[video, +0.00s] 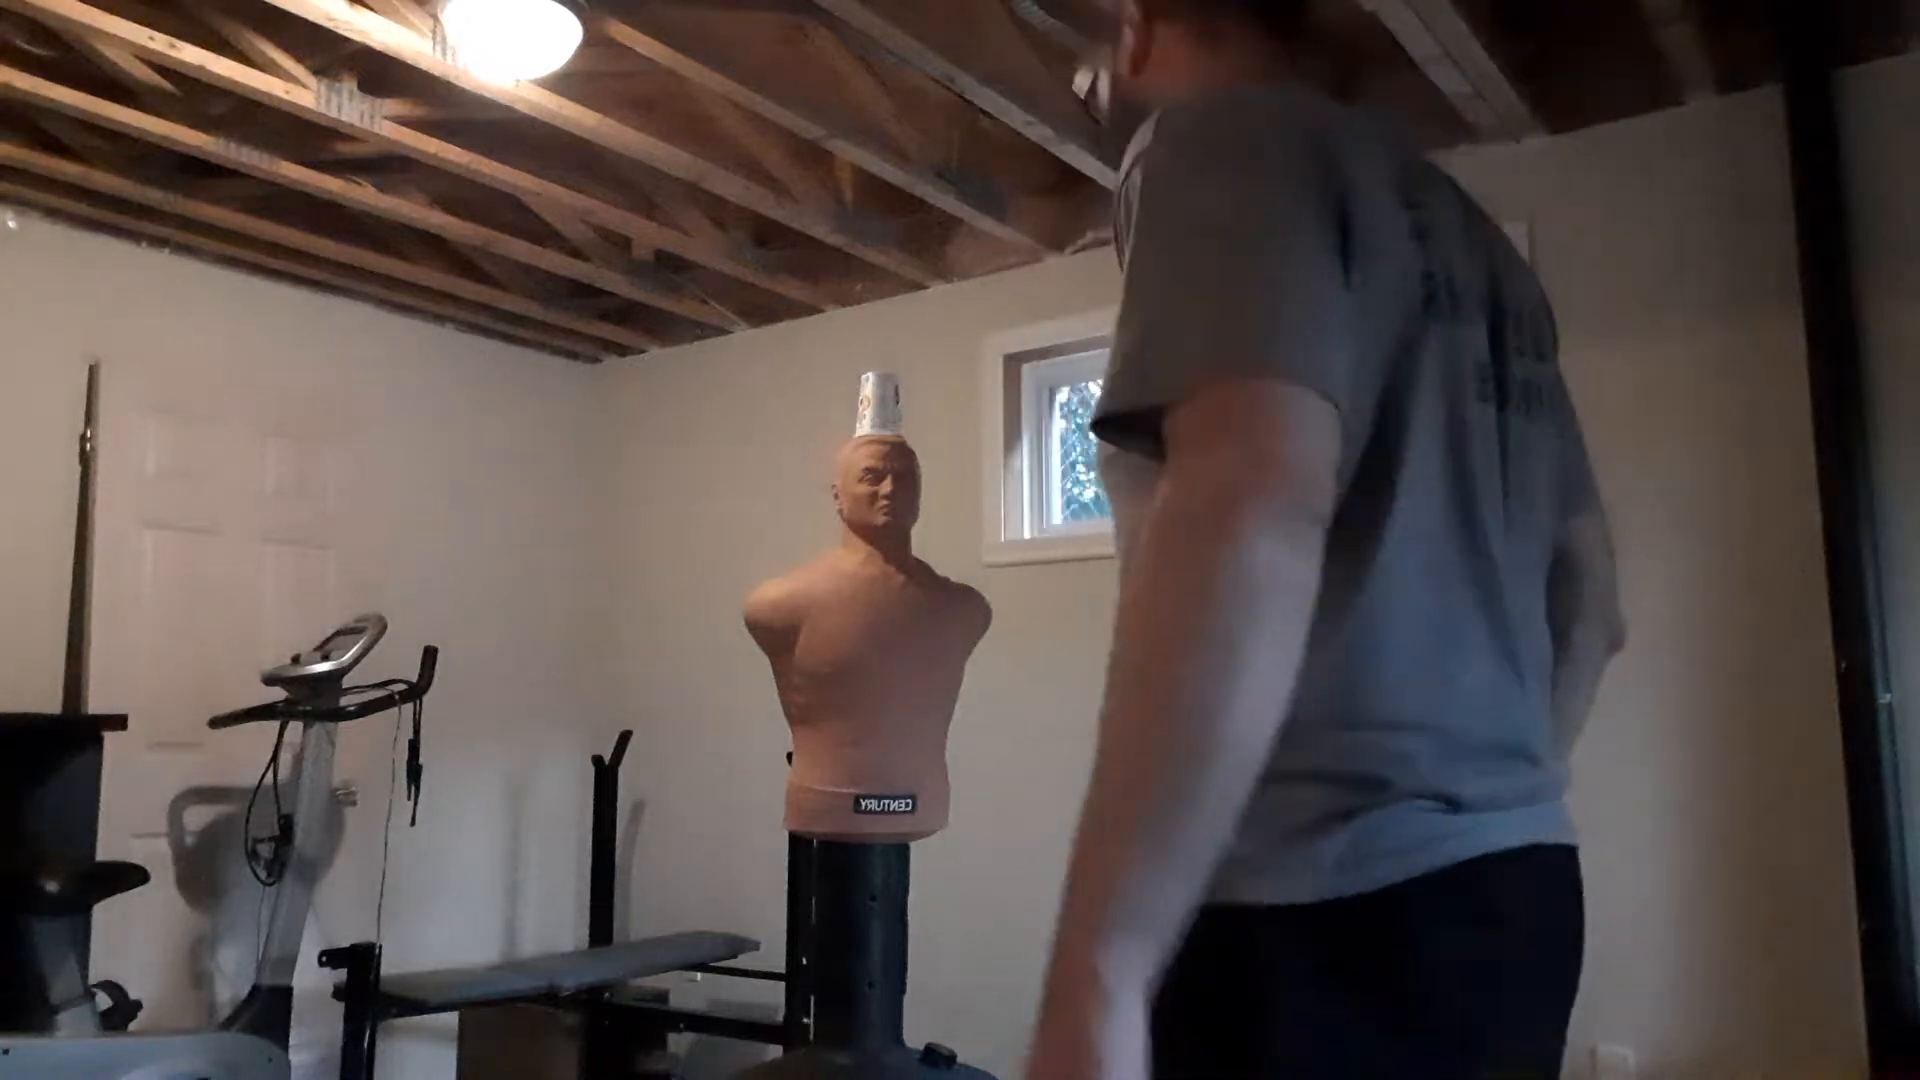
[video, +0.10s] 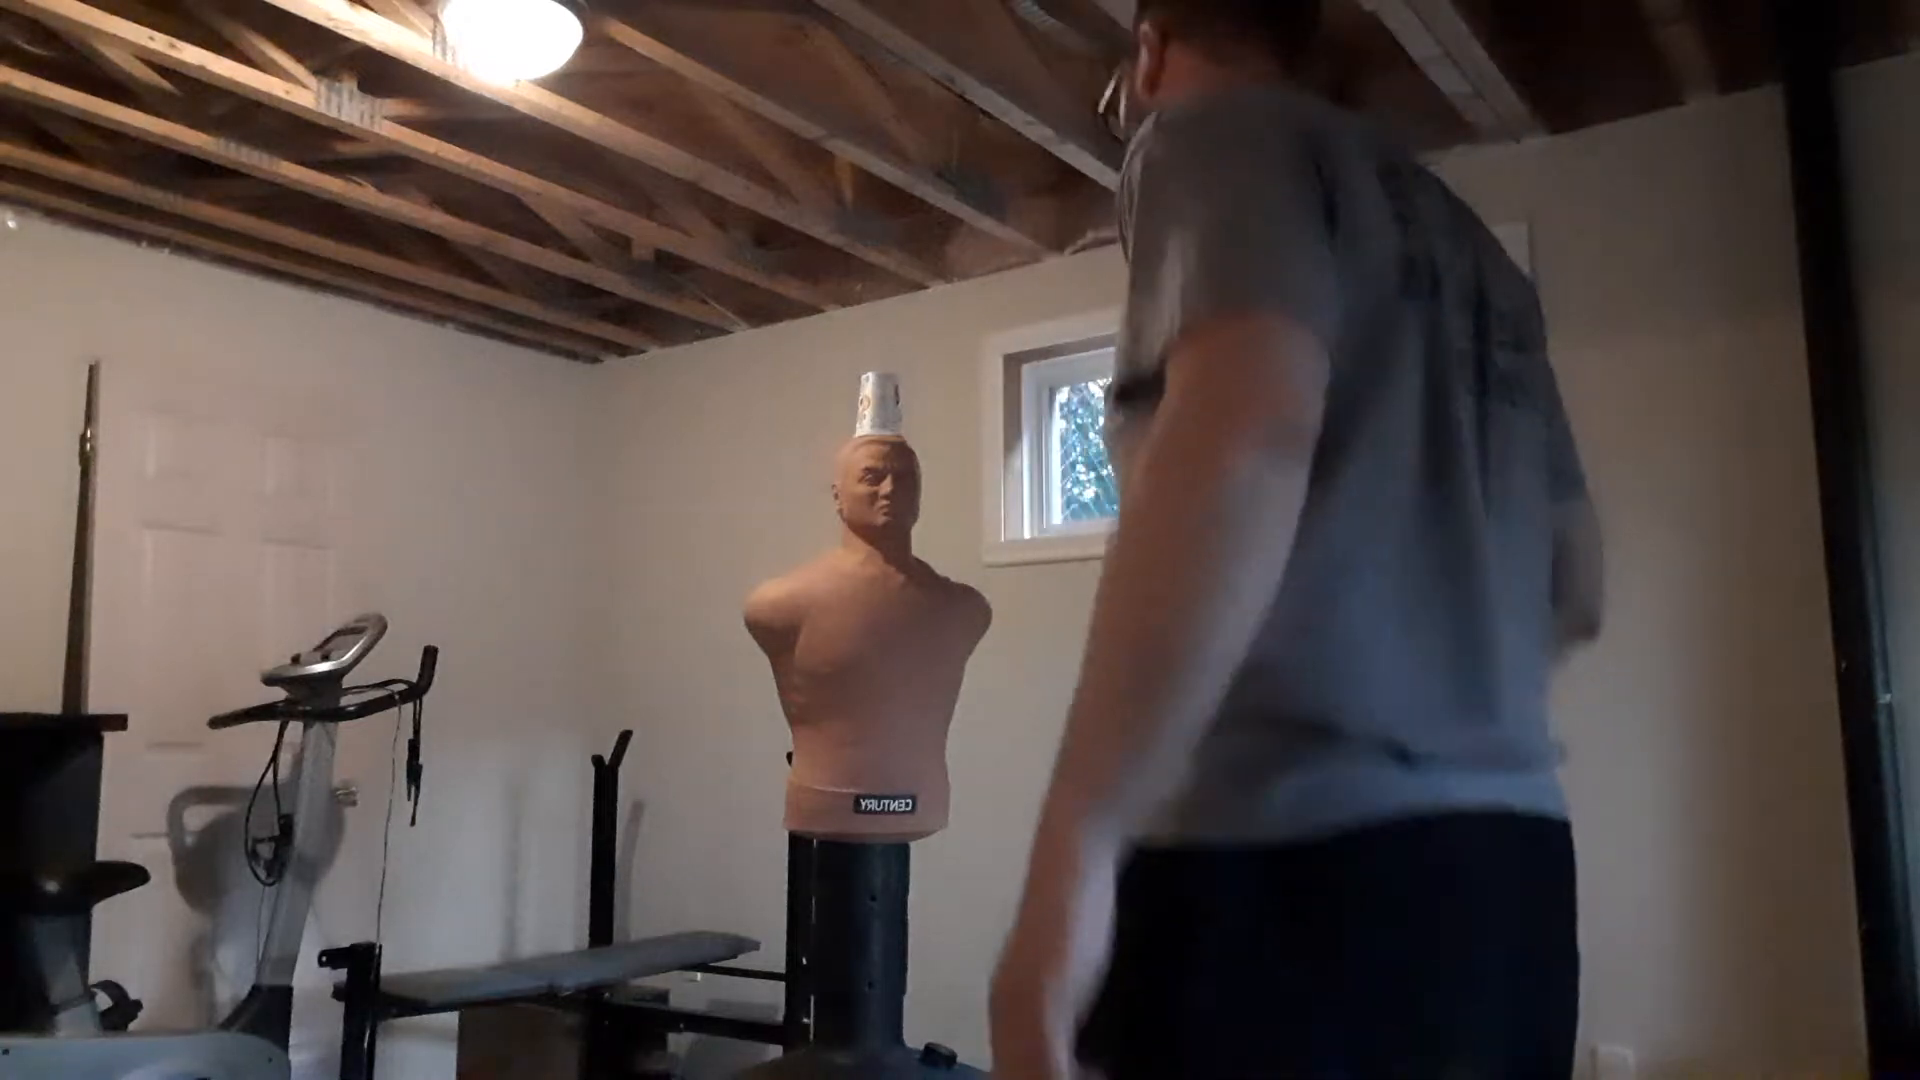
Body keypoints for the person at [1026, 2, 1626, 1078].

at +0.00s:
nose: (1118, 78)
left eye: (1122, 46)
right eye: (1118, 52)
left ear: (1152, 27)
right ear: (1292, 26)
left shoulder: (1236, 138)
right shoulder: (1474, 233)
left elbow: (1250, 502)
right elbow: (1585, 605)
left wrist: (1100, 980)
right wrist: (1476, 822)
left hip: (1316, 907)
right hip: (1507, 888)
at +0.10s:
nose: (1128, 116)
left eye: (1126, 86)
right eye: (1123, 97)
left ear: (1152, 52)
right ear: (1311, 48)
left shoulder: (1222, 130)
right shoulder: (1473, 240)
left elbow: (1248, 415)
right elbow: (1567, 585)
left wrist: (1074, 856)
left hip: (1280, 865)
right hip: (1504, 871)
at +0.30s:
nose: (1121, 153)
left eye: (1119, 130)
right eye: (1122, 135)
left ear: (1143, 108)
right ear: (1285, 119)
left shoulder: (1177, 179)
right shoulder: (1407, 266)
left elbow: (1177, 427)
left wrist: (1034, 751)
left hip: (1233, 868)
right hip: (1463, 862)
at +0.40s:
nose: (1095, 165)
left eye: (1093, 141)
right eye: (1094, 145)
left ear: (1115, 121)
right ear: (1248, 120)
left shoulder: (1143, 228)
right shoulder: (1387, 287)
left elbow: (1108, 532)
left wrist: (991, 821)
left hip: (1202, 884)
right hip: (1426, 877)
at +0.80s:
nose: (999, 212)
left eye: (998, 184)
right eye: (999, 187)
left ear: (1021, 179)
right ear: (1144, 174)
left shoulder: (1108, 312)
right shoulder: (1272, 334)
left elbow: (1098, 607)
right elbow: (1385, 568)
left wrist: (1015, 802)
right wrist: (1270, 700)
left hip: (1156, 842)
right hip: (1290, 833)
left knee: (1124, 1067)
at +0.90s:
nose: (1001, 242)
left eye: (1002, 214)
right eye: (998, 219)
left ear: (1037, 206)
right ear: (1138, 201)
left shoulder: (1146, 331)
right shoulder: (1228, 341)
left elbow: (1165, 571)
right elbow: (1341, 544)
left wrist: (983, 731)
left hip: (1167, 829)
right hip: (1242, 822)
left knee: (1128, 1068)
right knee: (1212, 1068)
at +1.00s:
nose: (1003, 256)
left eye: (1011, 224)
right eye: (1004, 229)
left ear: (1052, 225)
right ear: (1133, 223)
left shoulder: (1156, 324)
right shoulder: (1184, 331)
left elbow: (1189, 494)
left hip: (1193, 818)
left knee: (1141, 1067)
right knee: (1182, 1068)